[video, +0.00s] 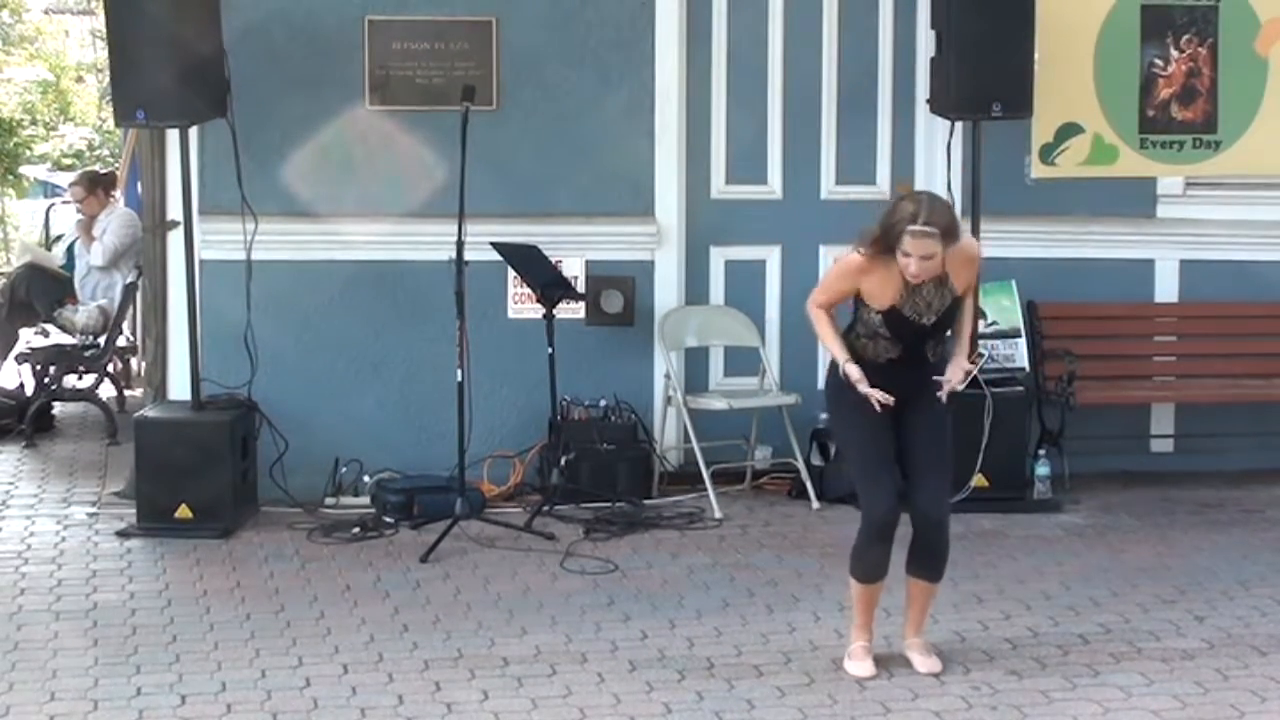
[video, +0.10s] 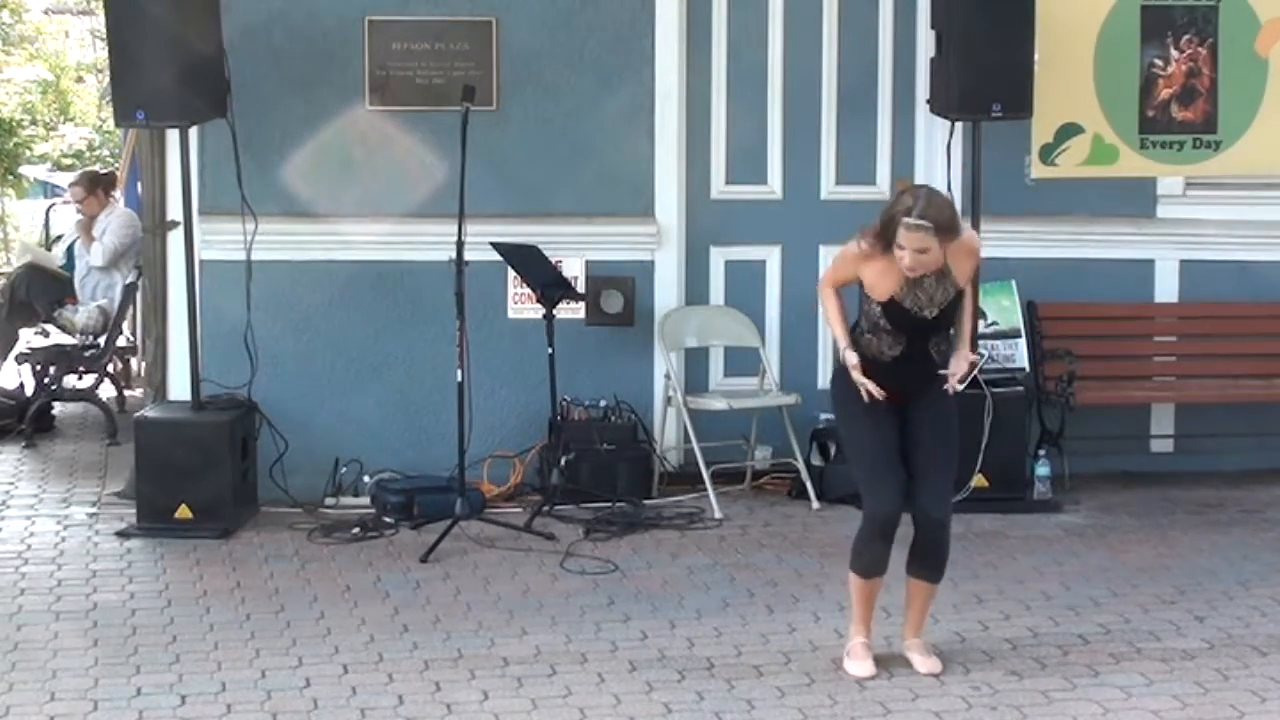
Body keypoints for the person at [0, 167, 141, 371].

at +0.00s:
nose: (77, 208)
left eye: (80, 202)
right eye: (75, 203)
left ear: (100, 194)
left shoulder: (125, 219)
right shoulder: (88, 223)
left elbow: (103, 258)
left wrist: (84, 235)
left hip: (104, 311)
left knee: (30, 274)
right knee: (14, 313)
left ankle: (6, 298)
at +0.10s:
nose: (77, 209)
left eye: (81, 202)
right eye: (75, 203)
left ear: (100, 194)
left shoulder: (125, 219)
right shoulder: (88, 223)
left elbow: (103, 258)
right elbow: (59, 259)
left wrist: (85, 235)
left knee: (29, 275)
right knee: (13, 313)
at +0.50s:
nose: (77, 209)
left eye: (80, 203)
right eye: (75, 204)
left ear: (100, 195)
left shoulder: (125, 220)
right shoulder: (87, 223)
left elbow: (103, 258)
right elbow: (58, 259)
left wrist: (84, 235)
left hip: (104, 309)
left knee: (29, 275)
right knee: (13, 312)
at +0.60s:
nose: (77, 209)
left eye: (81, 203)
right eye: (75, 204)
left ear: (100, 195)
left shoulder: (125, 220)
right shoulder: (88, 224)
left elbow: (103, 259)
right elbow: (59, 259)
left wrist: (84, 236)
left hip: (104, 310)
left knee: (29, 275)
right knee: (11, 313)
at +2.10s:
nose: (78, 211)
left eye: (81, 204)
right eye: (76, 206)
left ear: (98, 198)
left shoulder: (123, 221)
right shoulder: (86, 229)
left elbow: (97, 258)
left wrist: (95, 223)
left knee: (29, 278)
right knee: (12, 316)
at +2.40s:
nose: (78, 211)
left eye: (82, 204)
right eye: (76, 205)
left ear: (100, 198)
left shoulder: (124, 222)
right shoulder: (85, 229)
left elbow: (98, 259)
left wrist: (95, 223)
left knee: (29, 278)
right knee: (13, 316)